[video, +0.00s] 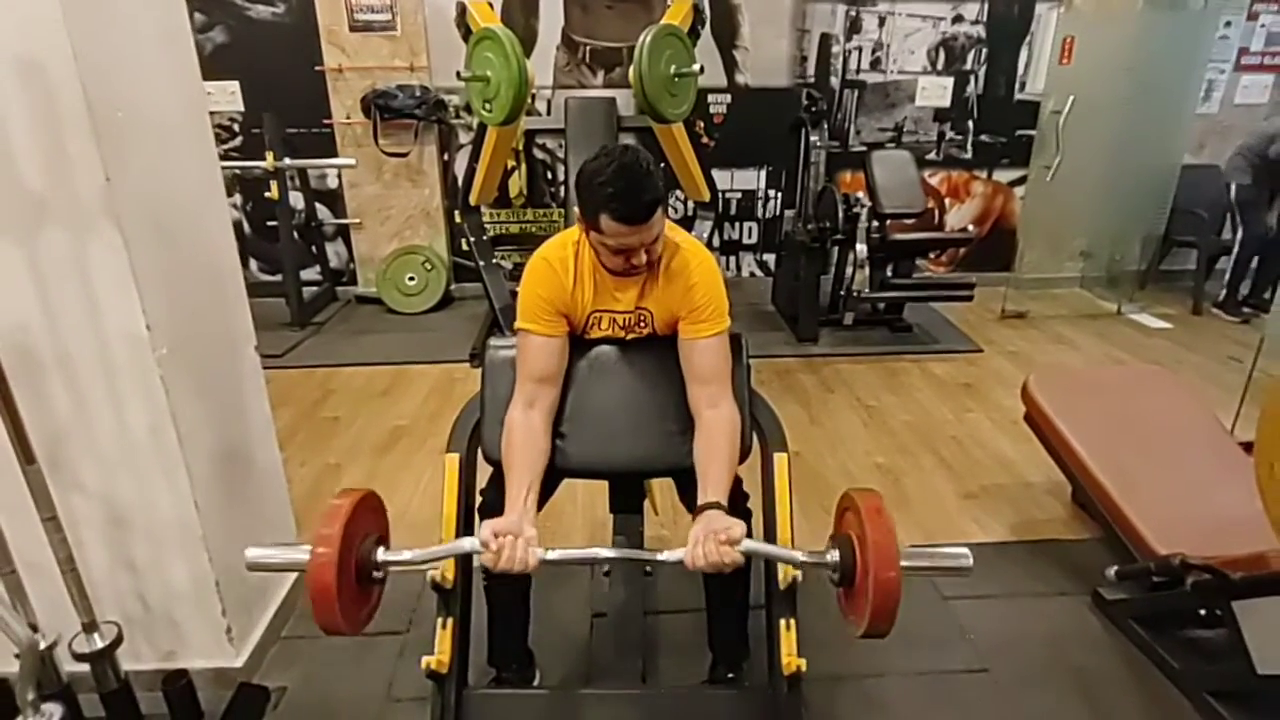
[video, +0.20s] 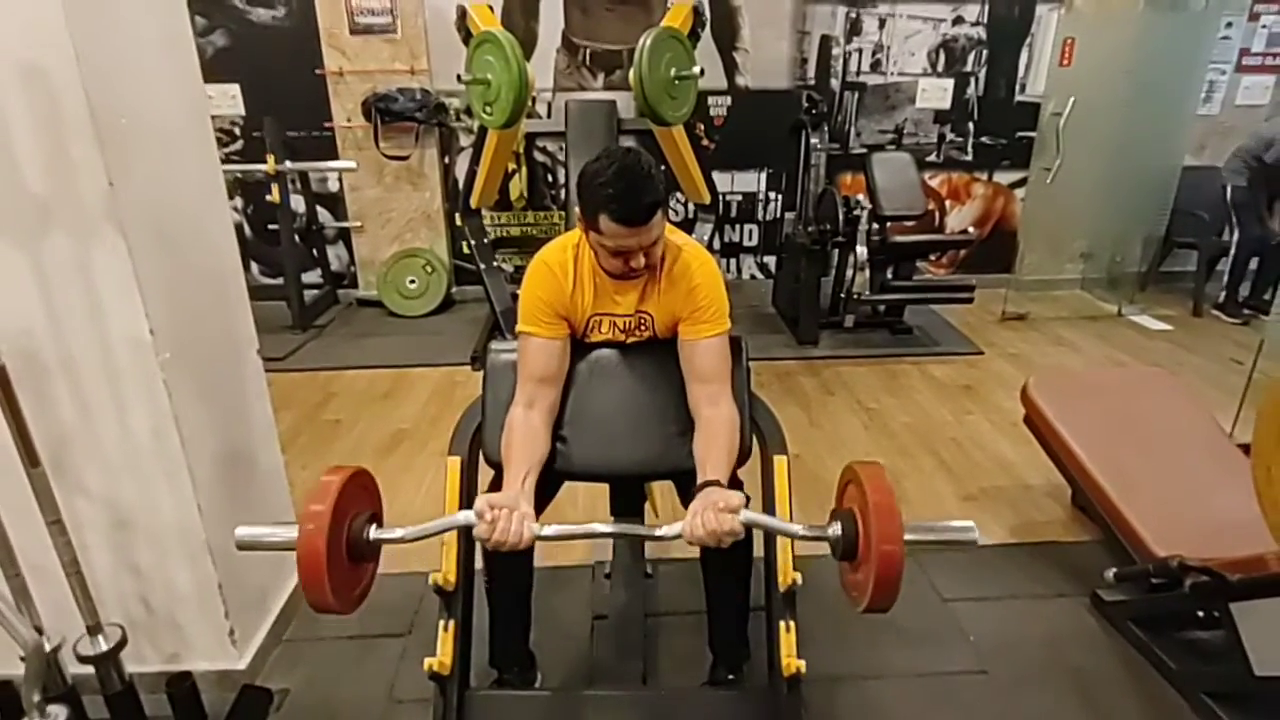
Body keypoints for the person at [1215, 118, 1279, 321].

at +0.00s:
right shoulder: (1276, 125)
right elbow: (1273, 152)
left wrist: (1273, 210)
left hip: (1262, 178)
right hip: (1243, 172)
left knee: (1271, 240)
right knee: (1250, 234)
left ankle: (1255, 297)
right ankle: (1228, 298)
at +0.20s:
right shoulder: (1277, 133)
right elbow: (1265, 169)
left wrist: (1273, 217)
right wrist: (1267, 216)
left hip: (1259, 180)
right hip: (1239, 174)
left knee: (1271, 241)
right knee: (1247, 235)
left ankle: (1255, 298)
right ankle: (1228, 299)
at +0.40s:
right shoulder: (1277, 147)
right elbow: (1254, 188)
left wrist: (1273, 226)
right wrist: (1267, 228)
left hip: (1264, 185)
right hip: (1238, 178)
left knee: (1276, 244)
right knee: (1246, 237)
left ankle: (1259, 299)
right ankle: (1230, 301)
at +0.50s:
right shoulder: (1273, 165)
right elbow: (1246, 204)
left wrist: (1274, 239)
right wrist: (1268, 239)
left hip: (1264, 191)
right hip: (1233, 184)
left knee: (1277, 248)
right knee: (1243, 244)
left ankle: (1257, 304)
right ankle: (1227, 306)